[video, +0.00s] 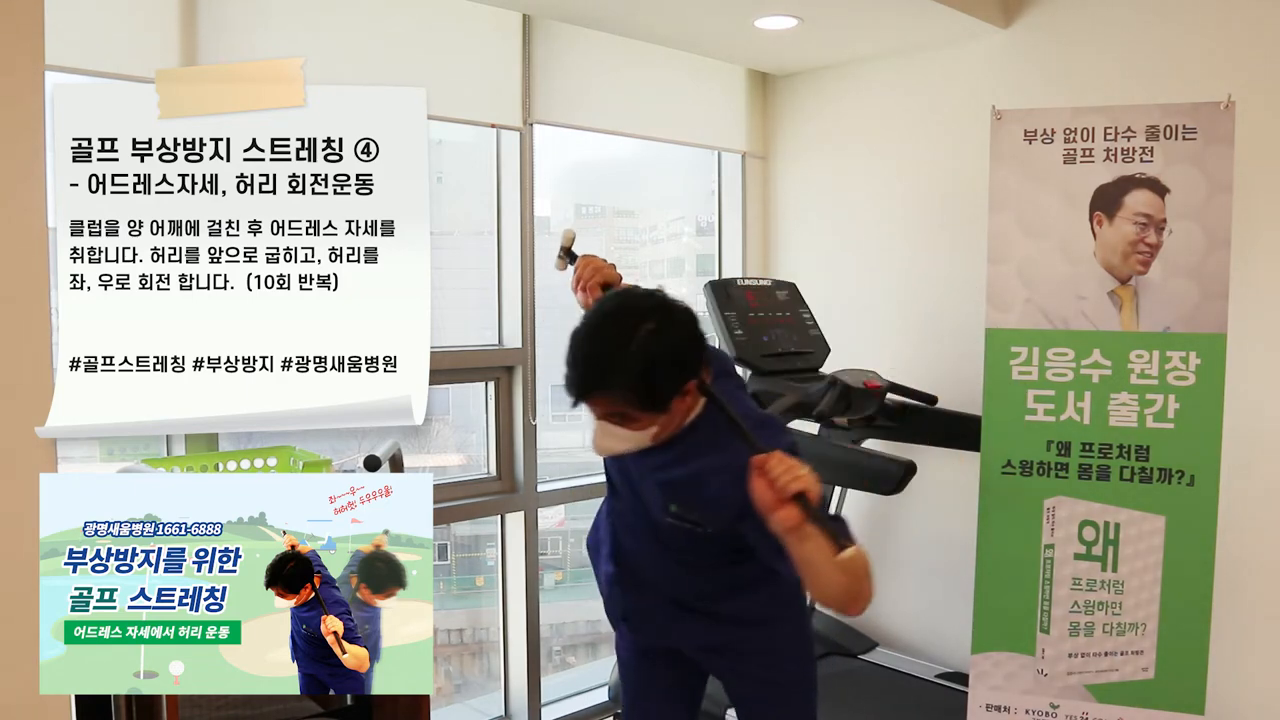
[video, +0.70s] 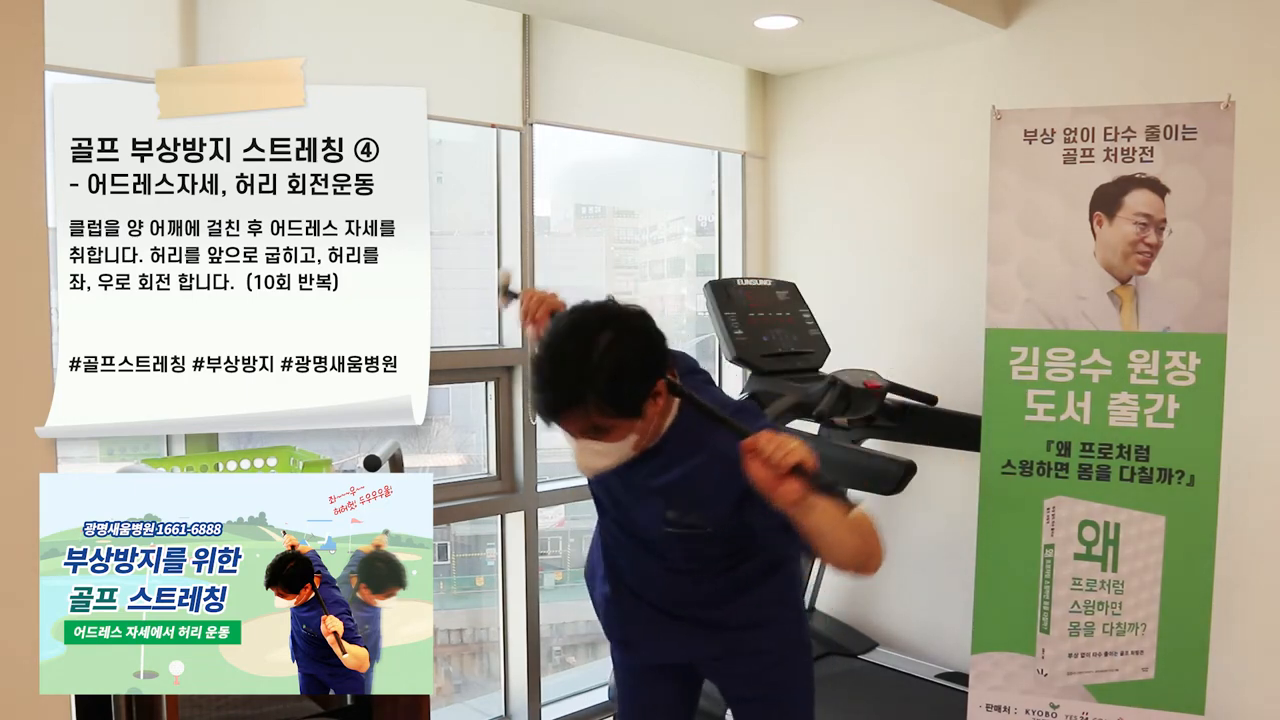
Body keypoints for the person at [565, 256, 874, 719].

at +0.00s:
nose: (606, 428)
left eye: (622, 420)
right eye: (598, 415)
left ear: (686, 395)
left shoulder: (756, 454)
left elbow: (853, 597)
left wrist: (795, 529)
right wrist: (612, 294)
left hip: (756, 628)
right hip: (651, 614)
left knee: (780, 711)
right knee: (649, 713)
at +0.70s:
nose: (581, 446)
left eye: (596, 433)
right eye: (572, 431)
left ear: (656, 400)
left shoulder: (741, 445)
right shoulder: (620, 385)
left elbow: (866, 556)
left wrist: (799, 501)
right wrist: (558, 333)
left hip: (756, 636)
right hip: (645, 629)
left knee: (778, 711)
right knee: (642, 711)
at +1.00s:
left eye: (733, 441)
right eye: (690, 456)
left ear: (750, 409)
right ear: (658, 428)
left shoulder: (801, 409)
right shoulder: (608, 420)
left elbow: (907, 435)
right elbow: (510, 450)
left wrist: (889, 405)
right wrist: (521, 422)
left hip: (780, 624)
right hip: (664, 631)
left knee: (794, 711)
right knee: (659, 711)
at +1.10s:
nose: (775, 464)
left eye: (786, 447)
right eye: (755, 454)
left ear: (800, 397)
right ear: (706, 429)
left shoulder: (821, 387)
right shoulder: (642, 431)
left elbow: (890, 385)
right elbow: (518, 497)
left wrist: (890, 358)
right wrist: (551, 470)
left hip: (788, 624)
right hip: (673, 631)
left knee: (795, 717)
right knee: (669, 718)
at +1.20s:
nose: (808, 456)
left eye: (818, 443)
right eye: (797, 446)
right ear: (739, 423)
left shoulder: (808, 389)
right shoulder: (664, 436)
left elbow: (865, 375)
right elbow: (536, 526)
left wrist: (878, 344)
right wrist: (587, 501)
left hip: (792, 619)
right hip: (682, 629)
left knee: (798, 713)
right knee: (677, 712)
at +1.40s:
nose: (868, 441)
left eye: (876, 433)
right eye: (867, 433)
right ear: (823, 420)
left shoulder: (805, 351)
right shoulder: (718, 437)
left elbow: (825, 330)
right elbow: (621, 591)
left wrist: (844, 300)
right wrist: (699, 541)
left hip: (790, 612)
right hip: (691, 630)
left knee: (801, 712)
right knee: (688, 710)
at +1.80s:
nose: (931, 403)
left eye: (937, 394)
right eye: (934, 395)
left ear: (856, 337)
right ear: (905, 405)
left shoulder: (786, 342)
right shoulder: (799, 475)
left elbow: (739, 309)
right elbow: (778, 629)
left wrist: (794, 284)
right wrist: (857, 544)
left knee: (795, 708)